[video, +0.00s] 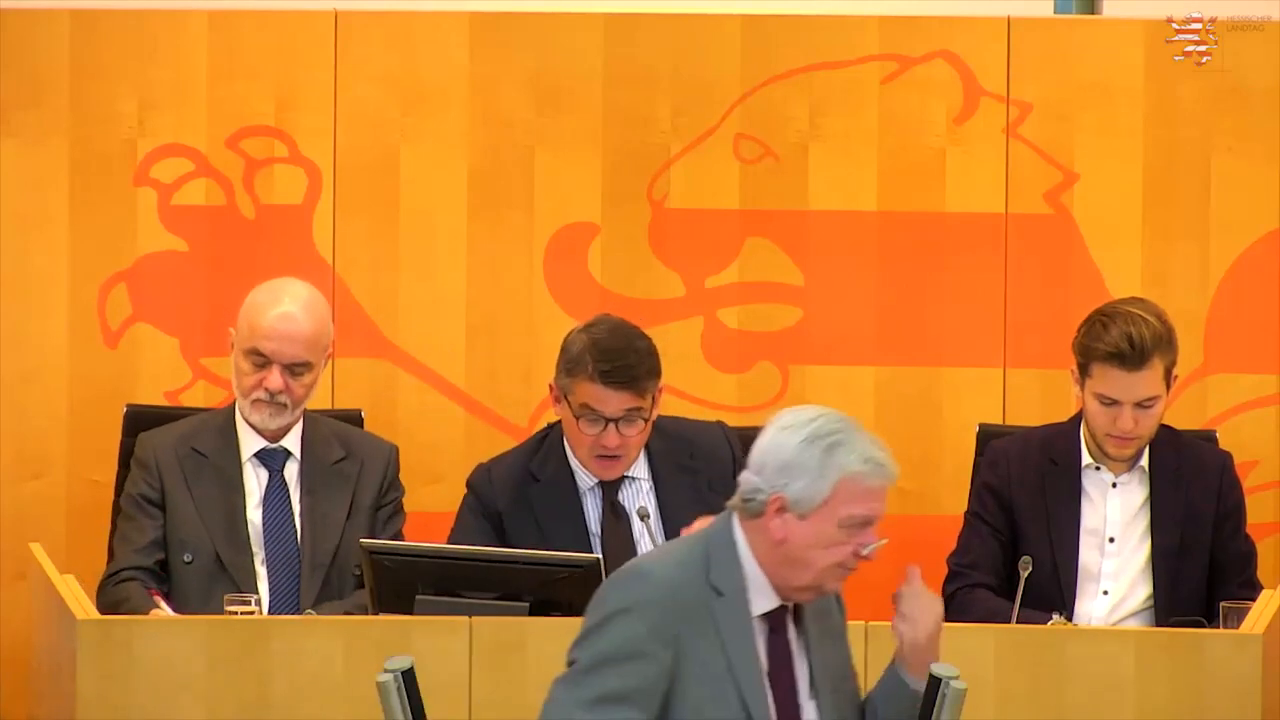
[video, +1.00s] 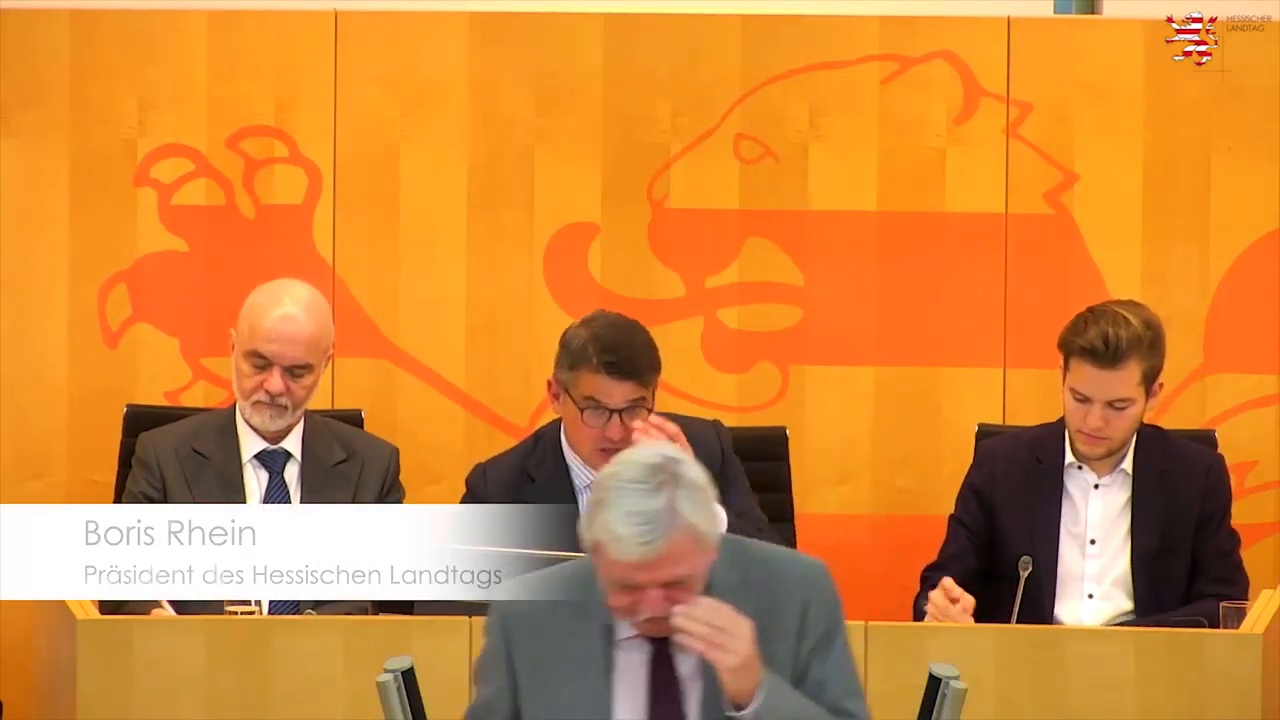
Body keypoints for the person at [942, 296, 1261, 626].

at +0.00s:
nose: (1125, 423)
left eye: (1145, 404)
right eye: (1108, 401)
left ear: (1170, 389)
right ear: (1078, 381)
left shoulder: (1209, 472)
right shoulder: (1010, 463)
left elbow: (1241, 608)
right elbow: (964, 597)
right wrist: (1053, 632)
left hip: (1165, 677)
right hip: (1041, 673)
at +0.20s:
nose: (1121, 423)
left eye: (1141, 404)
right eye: (1104, 402)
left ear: (1168, 390)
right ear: (1077, 381)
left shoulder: (1208, 472)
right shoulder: (1011, 462)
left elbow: (1240, 604)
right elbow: (965, 593)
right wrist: (1044, 628)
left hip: (1163, 678)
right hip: (1039, 674)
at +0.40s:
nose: (1112, 423)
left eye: (1134, 404)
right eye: (1095, 400)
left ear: (1165, 392)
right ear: (1074, 380)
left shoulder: (1207, 472)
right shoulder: (1009, 462)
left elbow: (1240, 609)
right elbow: (955, 602)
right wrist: (1008, 611)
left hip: (1163, 678)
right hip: (1037, 673)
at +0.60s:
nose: (1105, 422)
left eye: (1127, 405)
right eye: (1091, 399)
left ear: (1160, 394)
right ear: (1071, 379)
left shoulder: (1204, 472)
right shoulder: (1006, 461)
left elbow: (1247, 607)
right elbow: (938, 583)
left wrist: (1188, 620)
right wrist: (960, 616)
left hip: (1157, 675)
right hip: (1032, 668)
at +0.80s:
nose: (1100, 422)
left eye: (1123, 405)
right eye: (1086, 398)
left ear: (1155, 394)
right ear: (1066, 377)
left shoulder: (1199, 473)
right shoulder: (1003, 460)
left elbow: (1229, 607)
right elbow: (936, 593)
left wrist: (1121, 626)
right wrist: (963, 618)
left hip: (1151, 675)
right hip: (1026, 667)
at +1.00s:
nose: (1094, 422)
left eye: (1117, 405)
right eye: (1081, 398)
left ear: (1152, 395)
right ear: (1063, 377)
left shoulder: (1197, 473)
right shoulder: (1001, 461)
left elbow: (1226, 602)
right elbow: (943, 579)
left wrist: (1130, 641)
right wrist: (944, 614)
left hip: (1146, 673)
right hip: (1023, 664)